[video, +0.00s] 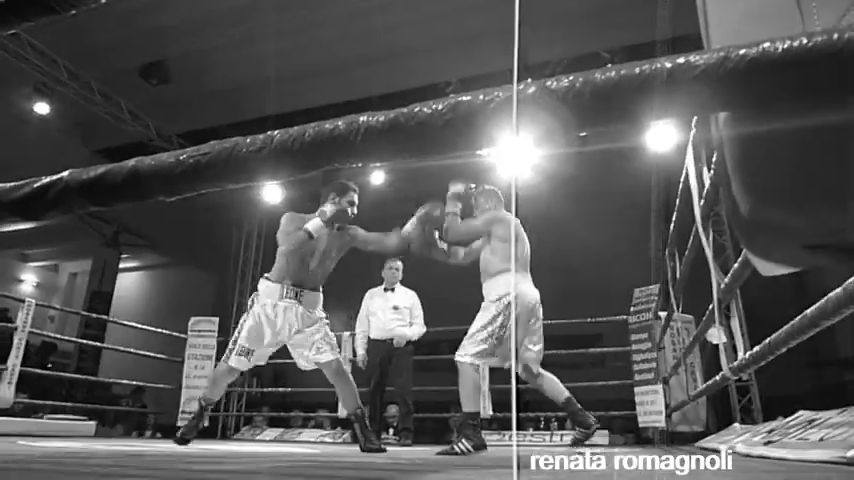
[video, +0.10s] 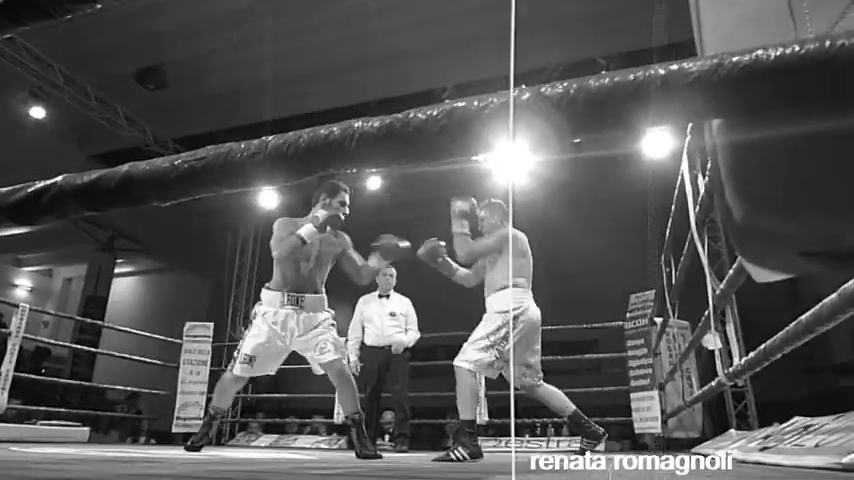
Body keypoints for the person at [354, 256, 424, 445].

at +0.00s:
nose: (393, 273)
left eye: (397, 270)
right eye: (390, 269)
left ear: (401, 274)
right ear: (383, 272)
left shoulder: (410, 296)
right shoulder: (371, 295)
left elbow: (420, 325)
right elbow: (362, 325)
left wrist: (407, 335)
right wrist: (361, 350)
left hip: (401, 344)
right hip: (376, 344)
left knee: (403, 389)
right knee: (375, 389)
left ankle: (405, 432)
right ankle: (374, 431)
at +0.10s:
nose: (388, 279)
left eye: (391, 276)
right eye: (384, 275)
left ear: (396, 280)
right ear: (377, 278)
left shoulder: (404, 303)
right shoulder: (364, 302)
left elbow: (414, 330)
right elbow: (354, 332)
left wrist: (404, 342)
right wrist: (353, 357)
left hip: (396, 351)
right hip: (371, 351)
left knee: (399, 395)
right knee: (370, 396)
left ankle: (401, 439)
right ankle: (369, 440)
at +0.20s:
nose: (410, 297)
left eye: (412, 294)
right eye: (406, 293)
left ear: (416, 298)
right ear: (396, 296)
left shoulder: (423, 320)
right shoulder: (384, 319)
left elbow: (433, 345)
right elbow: (373, 349)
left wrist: (429, 361)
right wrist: (372, 376)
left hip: (419, 369)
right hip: (393, 369)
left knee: (424, 412)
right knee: (392, 413)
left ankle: (426, 456)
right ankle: (390, 456)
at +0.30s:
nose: (416, 296)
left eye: (418, 293)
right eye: (412, 293)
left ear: (422, 298)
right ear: (404, 297)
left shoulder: (428, 320)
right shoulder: (391, 319)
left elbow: (437, 344)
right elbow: (380, 349)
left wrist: (436, 358)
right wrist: (376, 375)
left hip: (423, 368)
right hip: (399, 368)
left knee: (430, 413)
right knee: (399, 414)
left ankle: (436, 454)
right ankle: (395, 455)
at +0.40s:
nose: (418, 295)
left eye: (421, 292)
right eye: (414, 292)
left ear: (425, 297)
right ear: (406, 295)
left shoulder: (431, 320)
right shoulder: (393, 317)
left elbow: (437, 344)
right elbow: (382, 347)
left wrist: (438, 356)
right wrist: (378, 373)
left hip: (425, 367)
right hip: (400, 366)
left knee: (433, 411)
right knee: (399, 413)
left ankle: (439, 453)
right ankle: (394, 454)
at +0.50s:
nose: (422, 290)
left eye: (425, 288)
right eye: (419, 287)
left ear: (429, 292)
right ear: (410, 290)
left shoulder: (434, 316)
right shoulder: (397, 311)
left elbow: (439, 340)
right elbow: (385, 340)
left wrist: (441, 351)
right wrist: (383, 365)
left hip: (428, 362)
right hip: (403, 361)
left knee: (436, 405)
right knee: (399, 407)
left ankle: (440, 447)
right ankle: (391, 448)